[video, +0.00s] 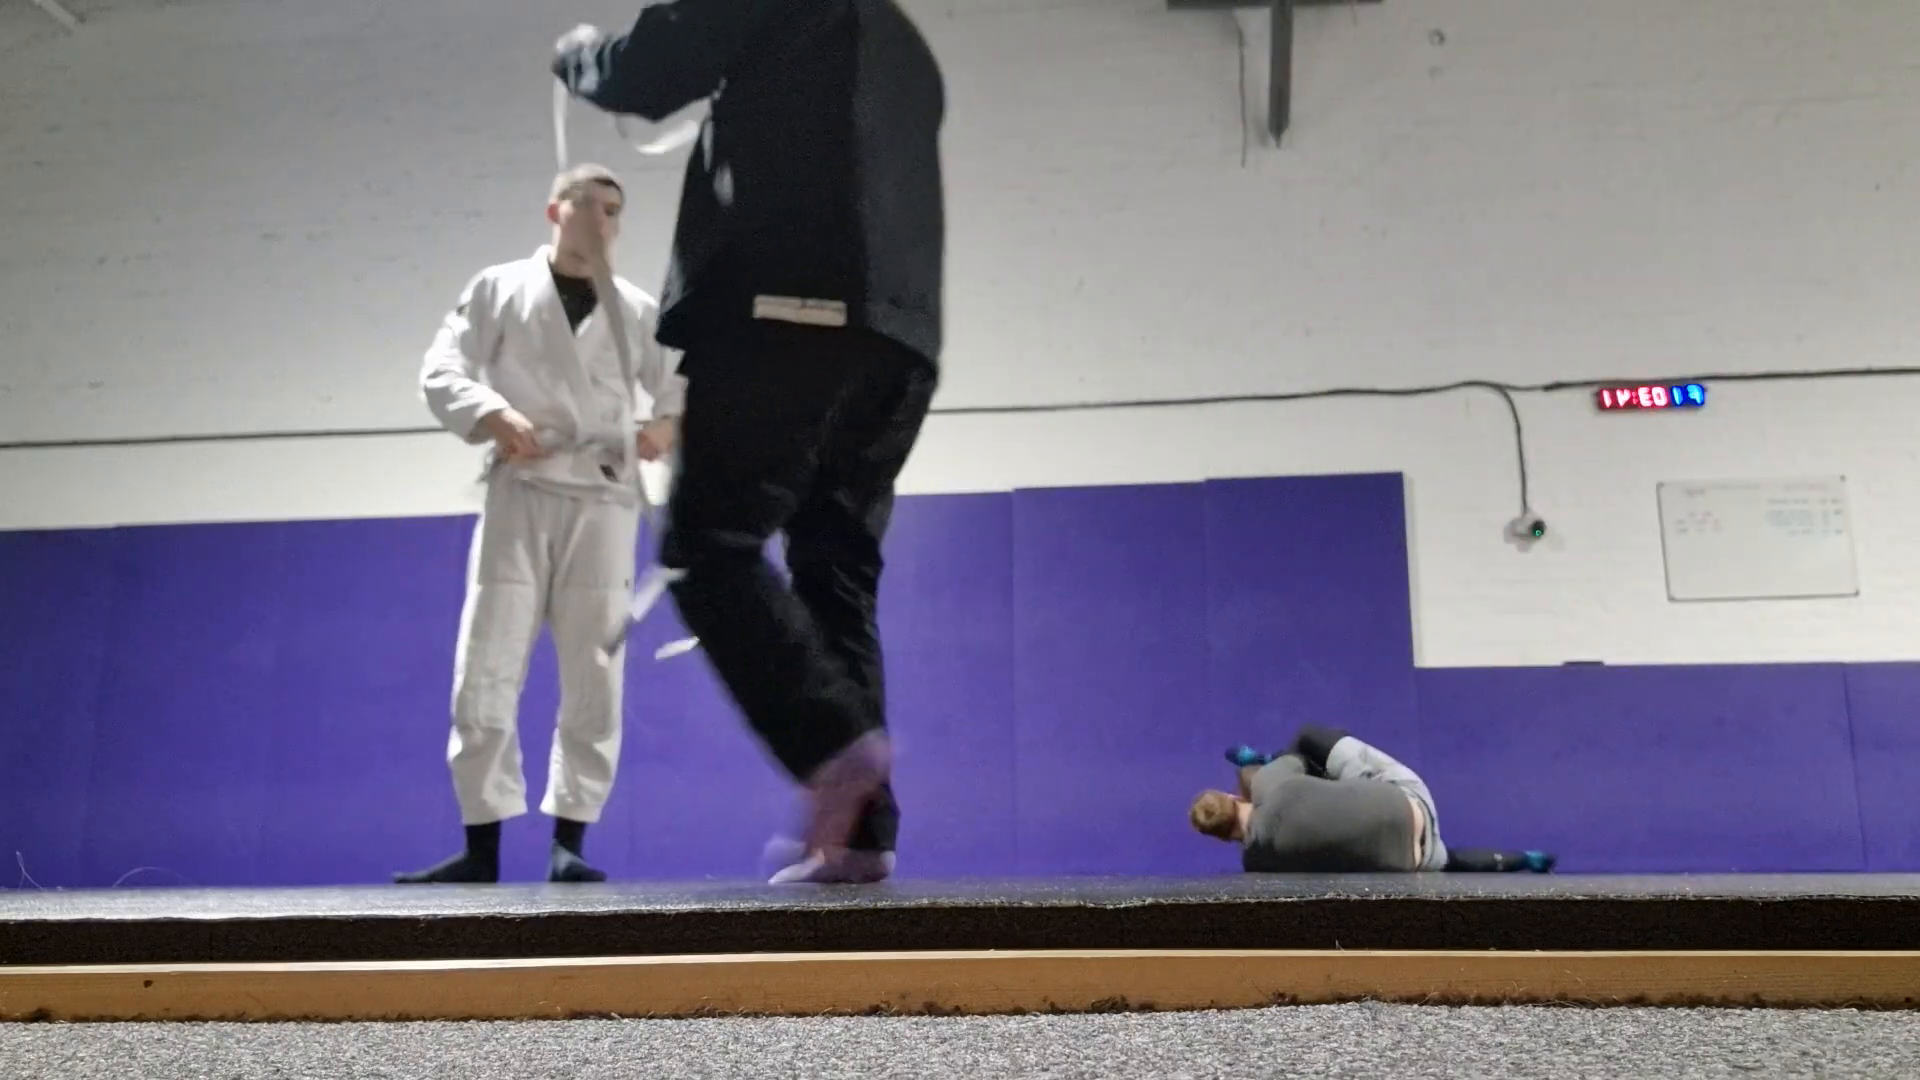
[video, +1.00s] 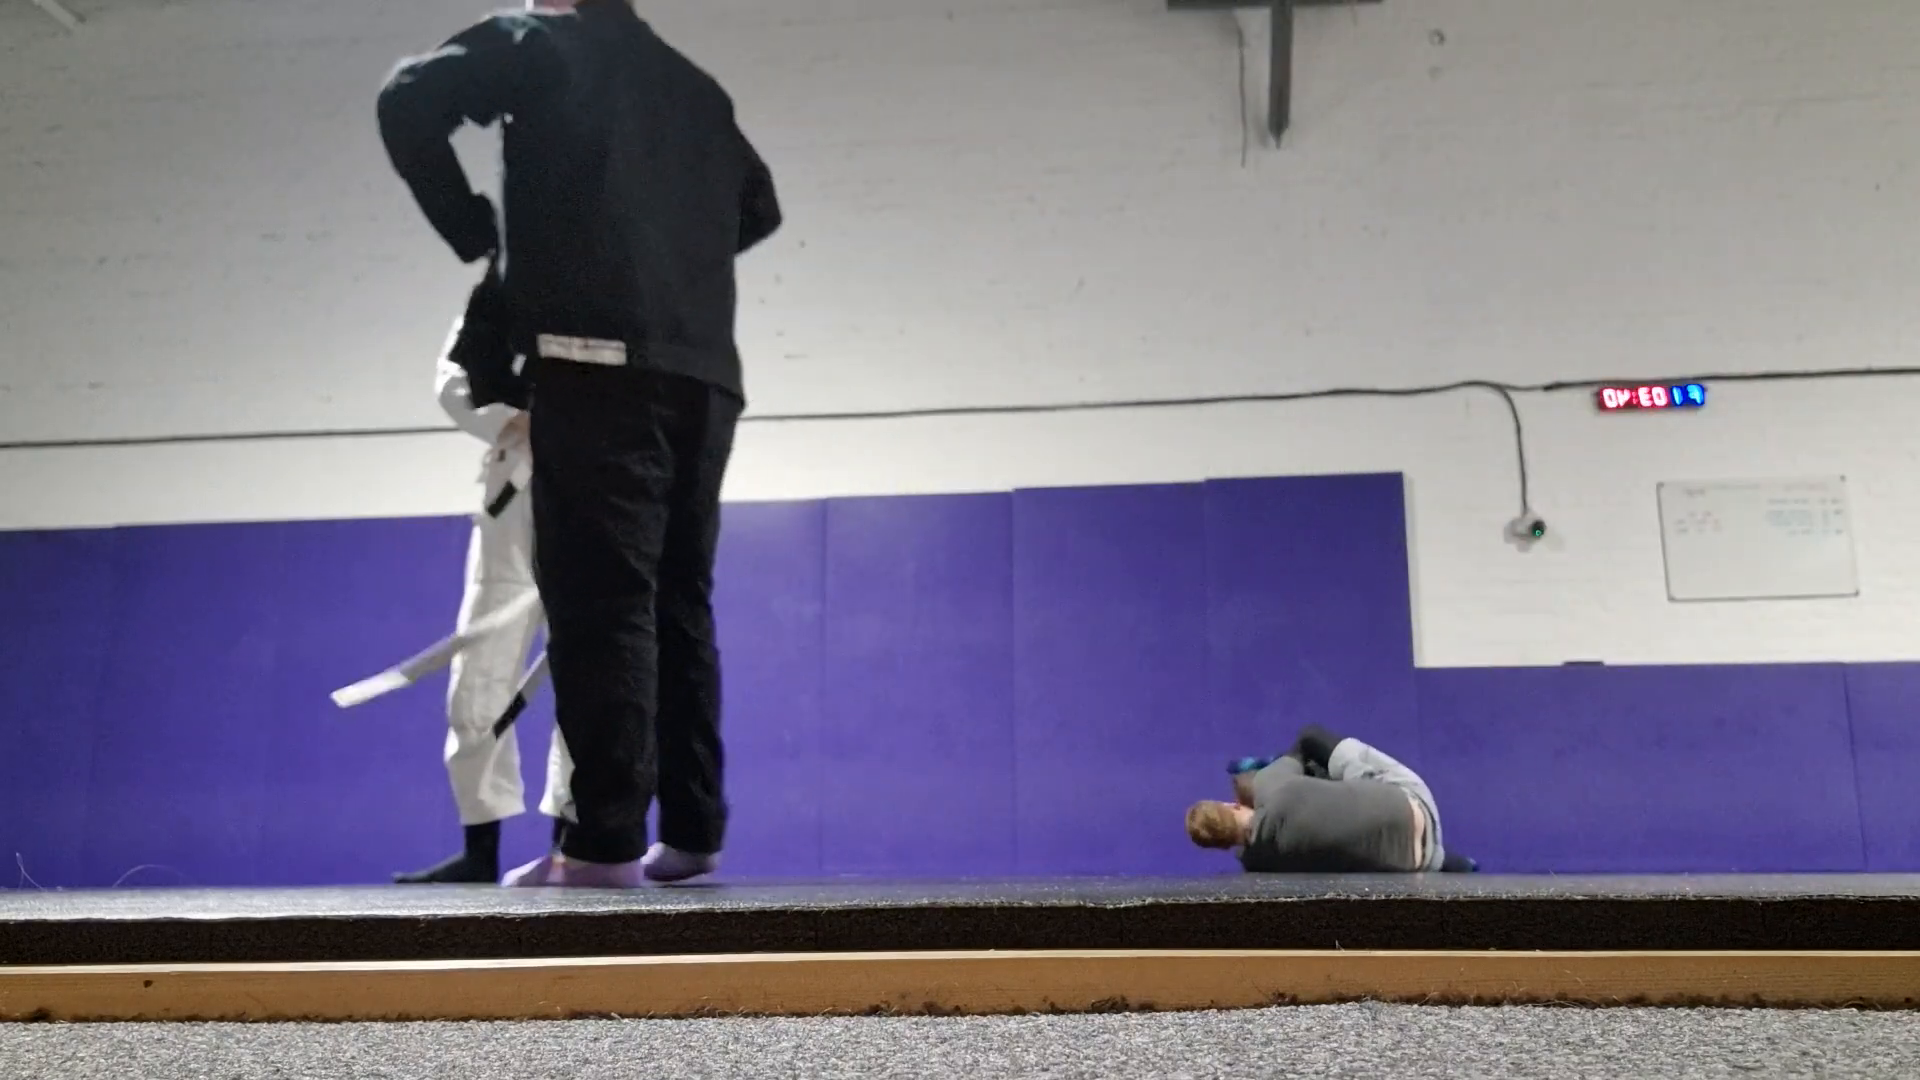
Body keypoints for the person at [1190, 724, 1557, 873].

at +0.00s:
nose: (1236, 788)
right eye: (1232, 789)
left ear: (1222, 838)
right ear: (1234, 792)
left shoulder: (1259, 863)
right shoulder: (1270, 784)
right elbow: (1301, 748)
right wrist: (1264, 769)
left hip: (1414, 860)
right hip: (1406, 802)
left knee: (1444, 858)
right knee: (1310, 737)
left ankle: (1517, 860)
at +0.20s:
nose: (1233, 793)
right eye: (1230, 791)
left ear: (1222, 835)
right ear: (1234, 790)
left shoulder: (1257, 860)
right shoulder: (1266, 780)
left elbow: (1311, 864)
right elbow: (1296, 753)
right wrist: (1259, 768)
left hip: (1413, 859)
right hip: (1407, 802)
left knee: (1446, 856)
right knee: (1304, 737)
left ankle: (1517, 862)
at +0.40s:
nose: (1227, 797)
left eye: (1213, 817)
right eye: (1224, 793)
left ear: (1219, 836)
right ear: (1230, 790)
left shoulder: (1253, 857)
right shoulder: (1265, 777)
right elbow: (1301, 746)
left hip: (1414, 859)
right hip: (1408, 801)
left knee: (1445, 858)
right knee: (1310, 738)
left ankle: (1518, 861)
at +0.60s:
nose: (1227, 793)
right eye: (1224, 792)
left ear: (1218, 837)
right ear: (1229, 793)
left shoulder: (1253, 859)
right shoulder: (1264, 781)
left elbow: (1305, 860)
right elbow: (1298, 755)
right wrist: (1251, 782)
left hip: (1414, 860)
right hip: (1409, 806)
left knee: (1442, 858)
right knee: (1309, 737)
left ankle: (1504, 863)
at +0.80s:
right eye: (1228, 791)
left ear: (1220, 844)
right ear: (1233, 797)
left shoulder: (1256, 863)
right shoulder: (1270, 783)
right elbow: (1302, 748)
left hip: (1419, 864)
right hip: (1412, 808)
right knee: (1317, 738)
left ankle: (1449, 864)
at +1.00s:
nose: (1235, 791)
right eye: (1232, 794)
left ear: (1219, 850)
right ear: (1234, 803)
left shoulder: (1257, 864)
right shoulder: (1273, 786)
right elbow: (1306, 744)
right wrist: (1265, 774)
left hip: (1418, 863)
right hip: (1414, 811)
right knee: (1329, 748)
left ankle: (1455, 864)